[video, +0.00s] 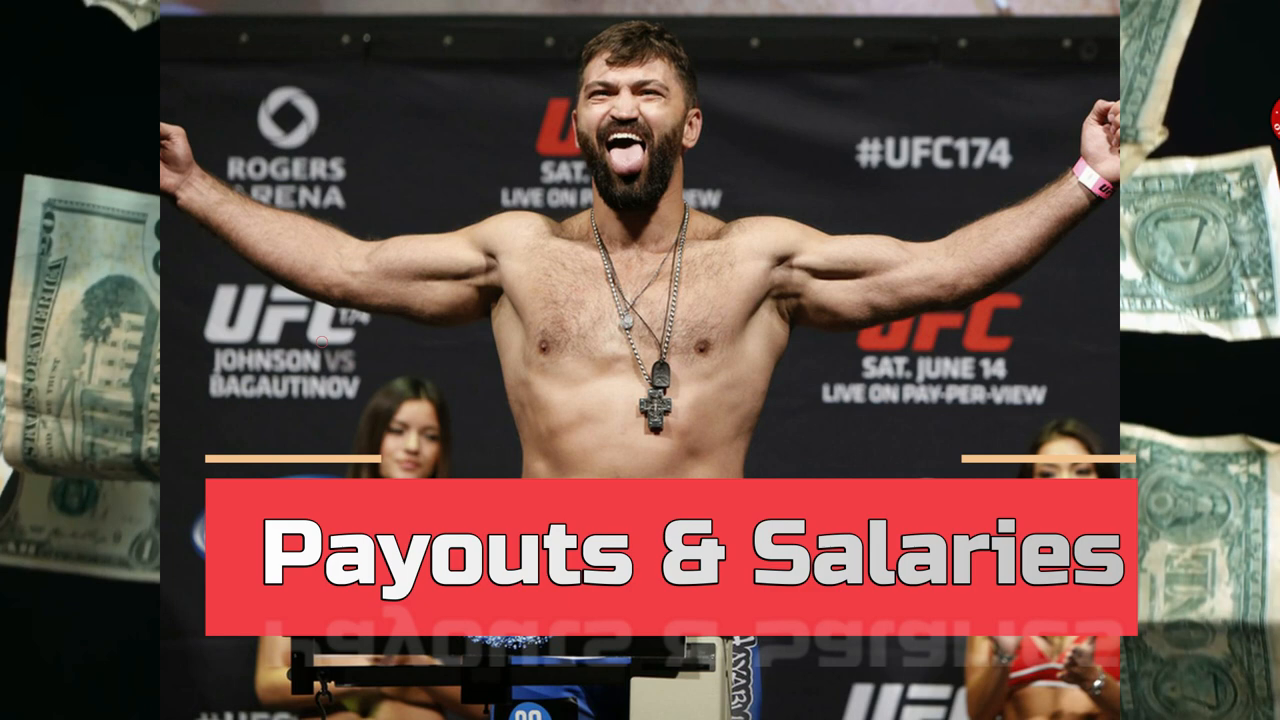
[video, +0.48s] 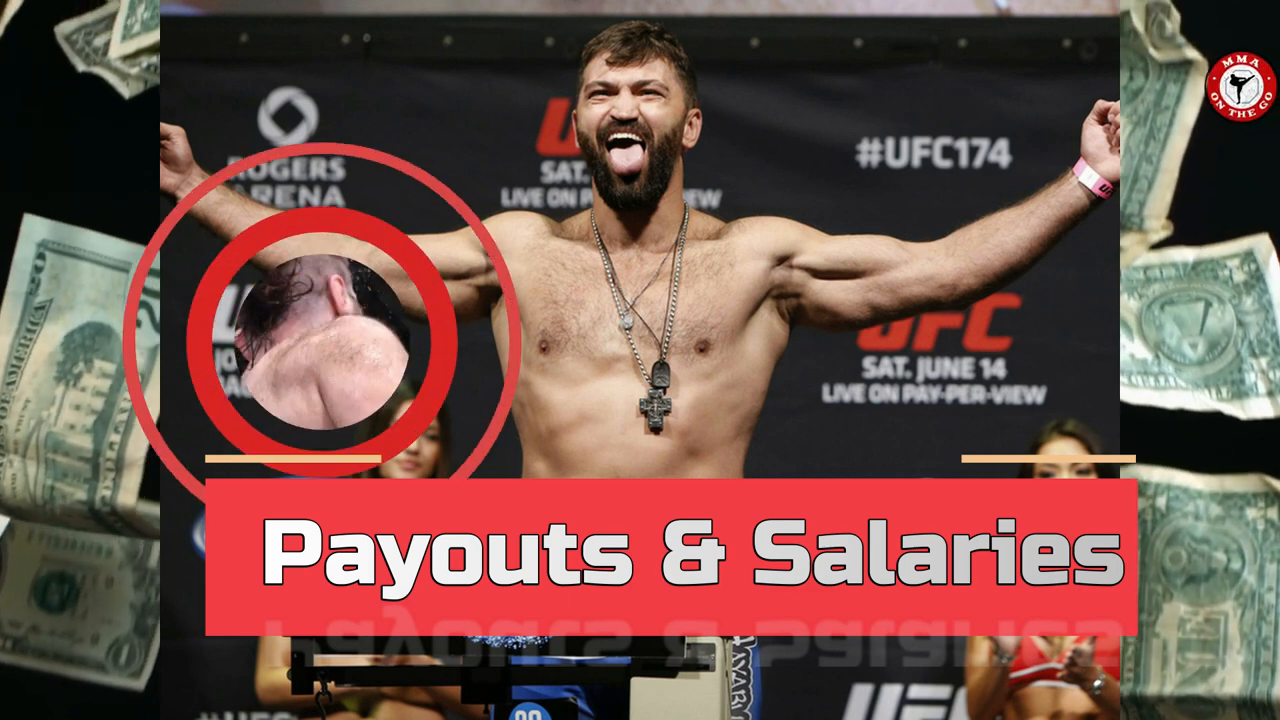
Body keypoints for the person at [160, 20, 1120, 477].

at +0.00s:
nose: (623, 106)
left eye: (647, 92)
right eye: (604, 92)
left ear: (690, 126)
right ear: (574, 125)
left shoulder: (764, 254)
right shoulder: (512, 246)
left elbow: (941, 269)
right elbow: (347, 267)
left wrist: (1083, 183)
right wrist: (197, 192)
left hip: (700, 597)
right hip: (541, 591)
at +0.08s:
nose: (623, 106)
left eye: (647, 92)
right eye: (604, 92)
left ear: (690, 126)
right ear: (574, 124)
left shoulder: (764, 254)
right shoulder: (512, 246)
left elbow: (941, 269)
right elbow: (347, 267)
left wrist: (1083, 184)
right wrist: (197, 192)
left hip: (700, 597)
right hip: (541, 591)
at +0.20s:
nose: (624, 107)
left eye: (648, 92)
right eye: (605, 92)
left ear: (691, 126)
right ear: (574, 123)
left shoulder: (763, 254)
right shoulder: (511, 247)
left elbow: (941, 269)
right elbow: (346, 266)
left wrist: (1083, 184)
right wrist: (197, 194)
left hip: (700, 599)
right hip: (541, 594)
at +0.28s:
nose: (623, 107)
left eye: (647, 92)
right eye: (604, 92)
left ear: (691, 126)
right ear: (574, 124)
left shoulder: (764, 254)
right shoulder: (512, 247)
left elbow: (941, 269)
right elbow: (347, 265)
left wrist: (1084, 183)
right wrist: (196, 193)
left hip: (699, 600)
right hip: (540, 595)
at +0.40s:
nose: (623, 107)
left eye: (647, 92)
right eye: (604, 92)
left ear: (691, 127)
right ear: (574, 125)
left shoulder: (764, 254)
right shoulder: (513, 245)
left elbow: (942, 269)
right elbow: (353, 270)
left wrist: (1084, 184)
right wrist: (203, 196)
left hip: (698, 598)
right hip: (540, 592)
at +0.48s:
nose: (623, 107)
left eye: (647, 92)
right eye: (603, 92)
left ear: (691, 127)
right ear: (574, 124)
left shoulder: (764, 254)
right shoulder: (519, 243)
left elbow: (942, 268)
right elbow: (351, 267)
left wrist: (1084, 183)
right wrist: (208, 197)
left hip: (694, 593)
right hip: (537, 586)